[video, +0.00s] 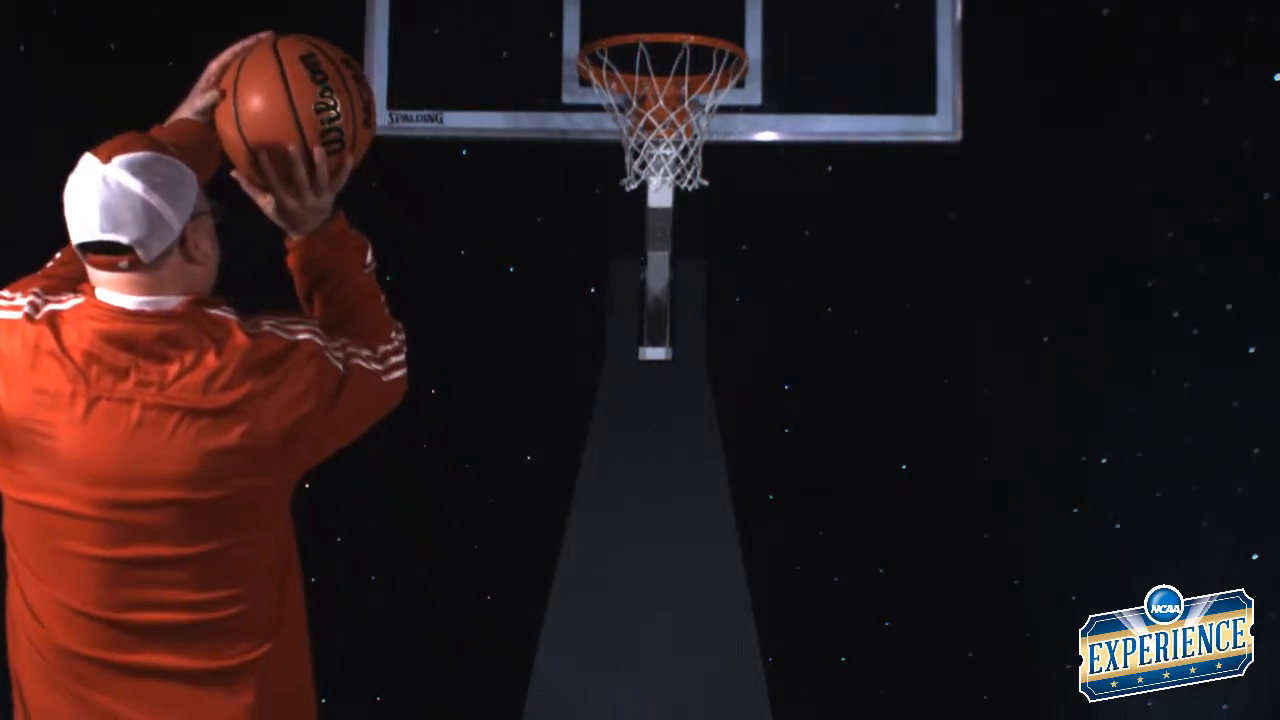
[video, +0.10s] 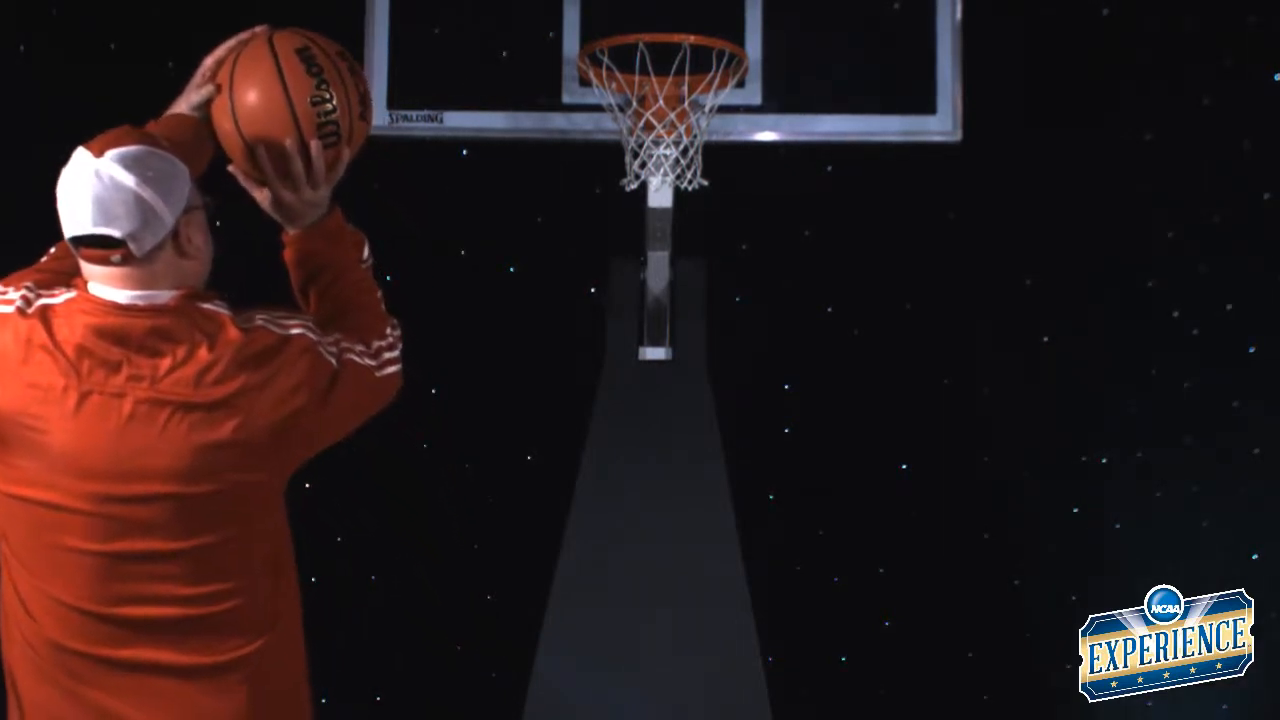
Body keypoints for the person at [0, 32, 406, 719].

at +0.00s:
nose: (212, 225)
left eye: (206, 213)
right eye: (205, 217)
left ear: (90, 239)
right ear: (191, 242)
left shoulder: (14, 351)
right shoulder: (260, 378)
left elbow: (90, 242)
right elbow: (380, 362)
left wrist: (183, 133)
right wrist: (320, 236)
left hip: (60, 703)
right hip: (243, 703)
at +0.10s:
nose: (205, 221)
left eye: (199, 209)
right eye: (200, 213)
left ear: (75, 236)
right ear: (186, 235)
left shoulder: (11, 343)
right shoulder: (251, 375)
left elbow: (87, 239)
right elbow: (375, 358)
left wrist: (182, 124)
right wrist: (317, 229)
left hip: (53, 703)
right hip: (235, 703)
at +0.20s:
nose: (198, 216)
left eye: (191, 203)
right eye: (191, 207)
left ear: (68, 231)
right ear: (177, 229)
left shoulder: (9, 336)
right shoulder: (246, 368)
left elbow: (81, 233)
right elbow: (371, 353)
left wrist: (180, 117)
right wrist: (314, 222)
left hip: (47, 700)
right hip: (228, 701)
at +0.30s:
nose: (190, 213)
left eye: (184, 199)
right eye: (184, 203)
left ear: (60, 231)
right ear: (171, 226)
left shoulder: (8, 330)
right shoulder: (238, 363)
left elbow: (71, 232)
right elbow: (367, 347)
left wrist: (176, 111)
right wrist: (311, 216)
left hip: (43, 698)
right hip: (217, 700)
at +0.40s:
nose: (184, 212)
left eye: (178, 197)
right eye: (177, 201)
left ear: (53, 229)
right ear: (162, 224)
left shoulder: (6, 331)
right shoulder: (230, 358)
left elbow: (66, 220)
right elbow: (361, 341)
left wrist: (174, 105)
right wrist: (309, 208)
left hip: (37, 699)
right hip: (206, 702)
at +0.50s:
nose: (176, 210)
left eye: (169, 195)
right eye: (169, 198)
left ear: (50, 224)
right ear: (154, 222)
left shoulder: (3, 325)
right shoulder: (223, 353)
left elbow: (63, 215)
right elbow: (355, 332)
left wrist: (170, 105)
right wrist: (305, 199)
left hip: (33, 698)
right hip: (200, 700)